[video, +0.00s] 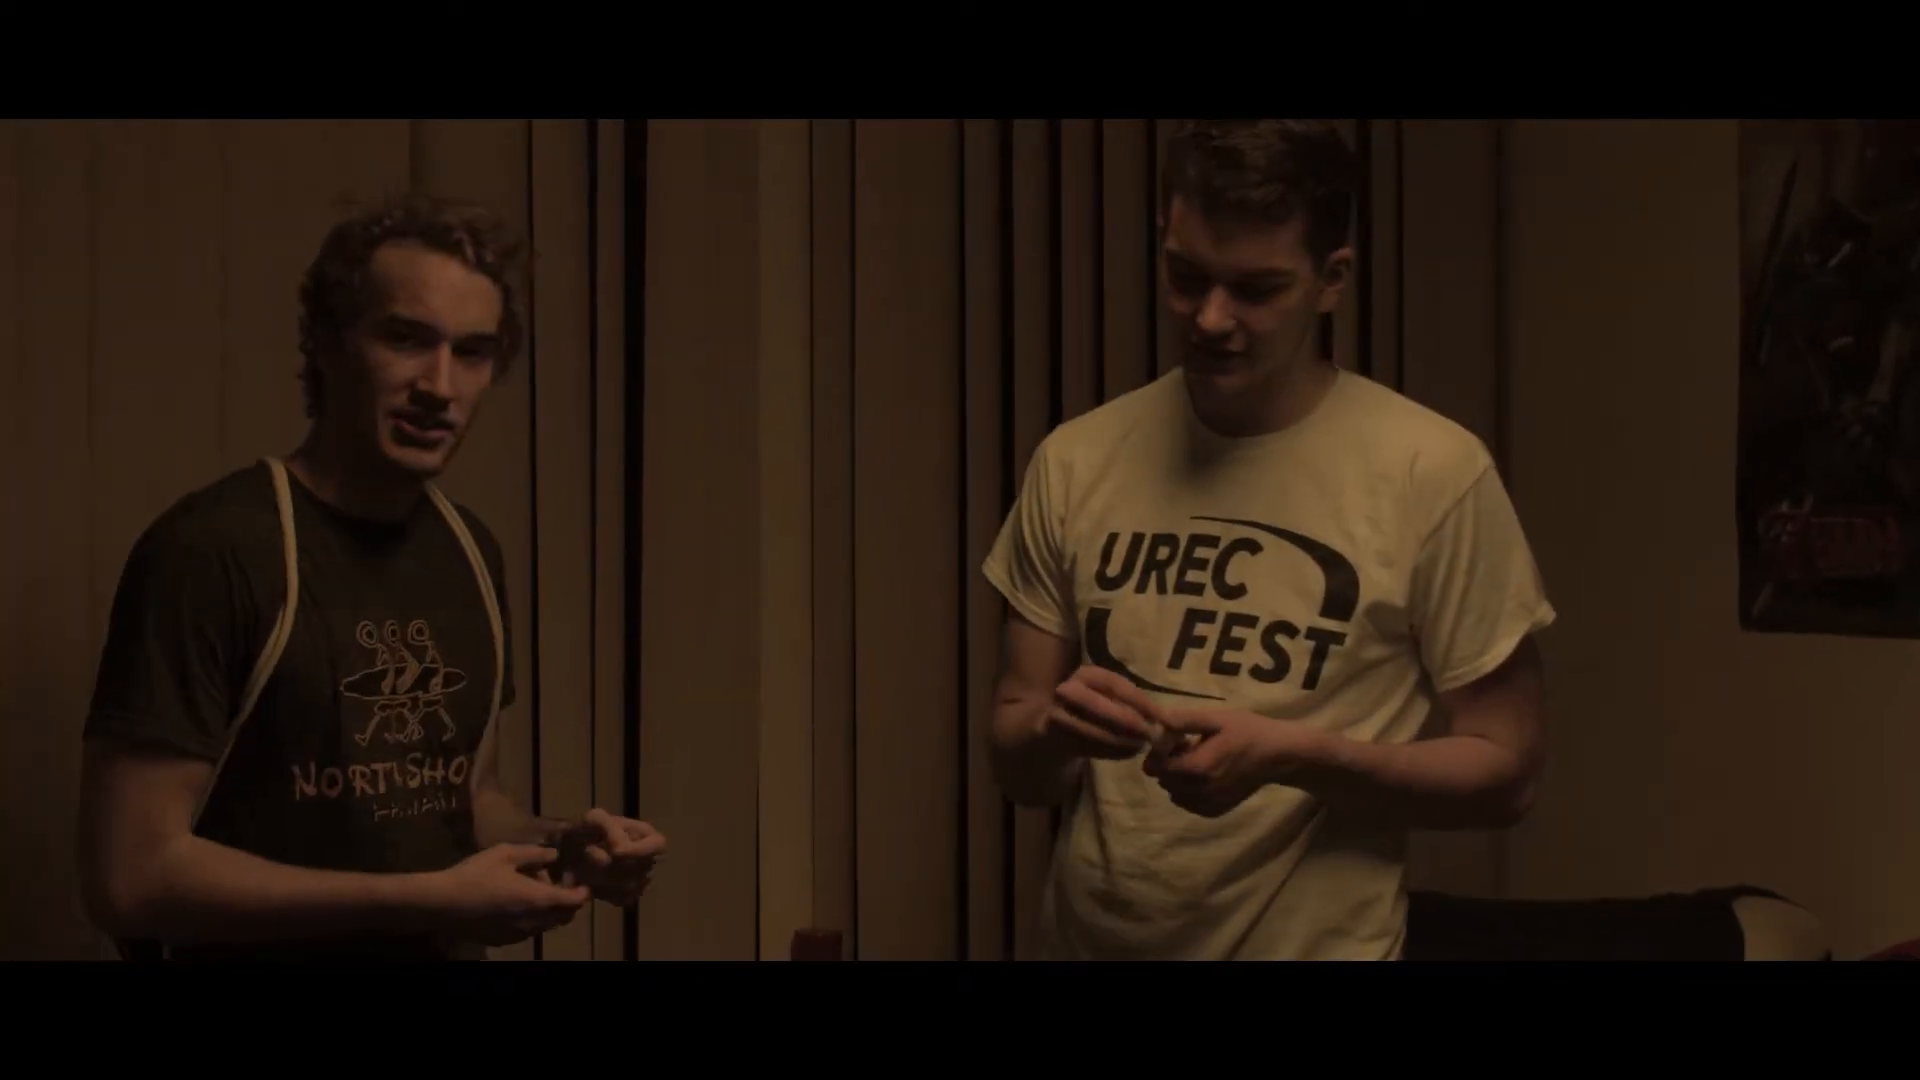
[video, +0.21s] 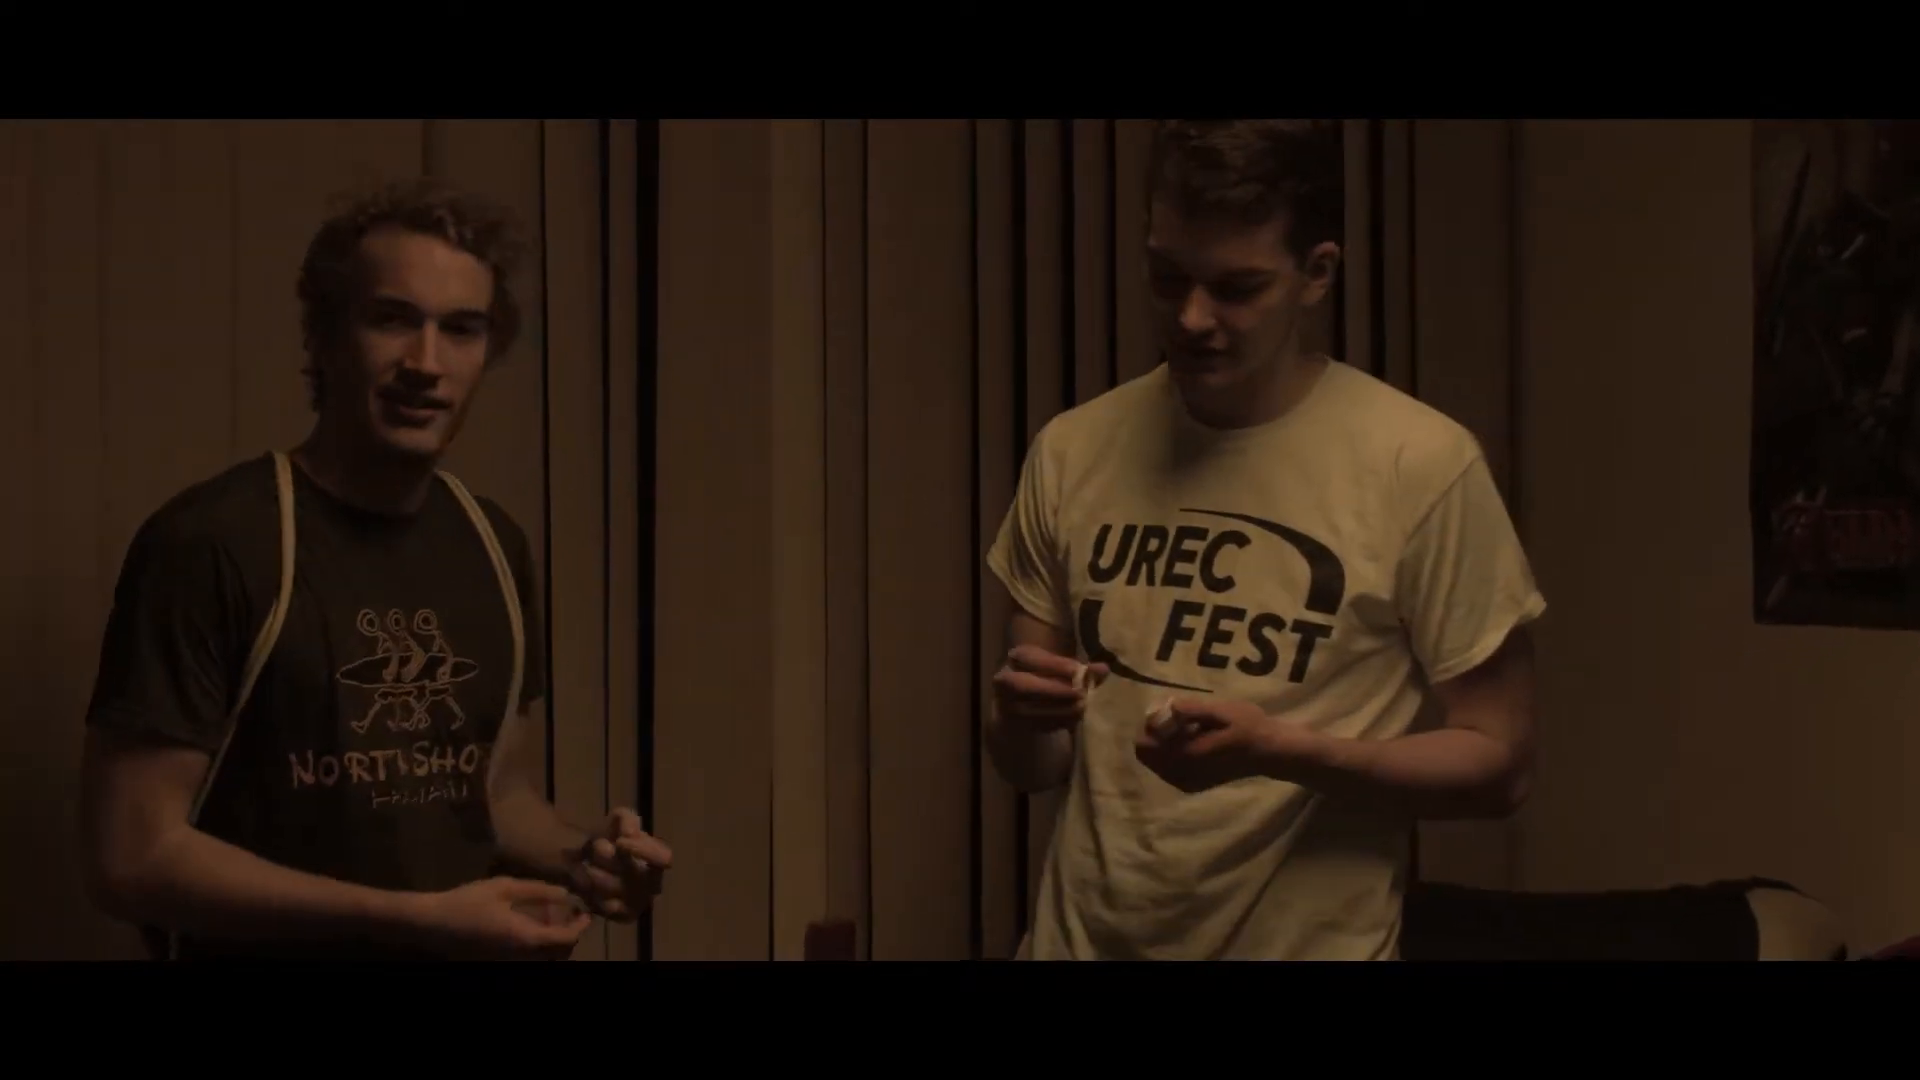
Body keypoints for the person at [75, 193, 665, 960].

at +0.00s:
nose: (441, 384)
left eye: (471, 352)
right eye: (405, 338)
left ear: (493, 370)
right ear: (326, 345)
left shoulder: (469, 553)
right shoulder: (208, 552)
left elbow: (467, 795)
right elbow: (133, 872)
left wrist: (554, 853)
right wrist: (439, 900)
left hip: (430, 954)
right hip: (250, 959)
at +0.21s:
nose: (426, 362)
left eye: (460, 328)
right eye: (392, 319)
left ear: (487, 355)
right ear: (323, 339)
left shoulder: (494, 549)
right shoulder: (206, 546)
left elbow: (501, 795)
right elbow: (133, 852)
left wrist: (583, 853)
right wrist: (423, 917)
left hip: (469, 956)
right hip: (260, 953)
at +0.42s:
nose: (501, 357)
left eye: (536, 324)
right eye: (468, 317)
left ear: (567, 351)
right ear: (403, 338)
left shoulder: (592, 548)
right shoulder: (293, 541)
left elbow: (612, 784)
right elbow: (205, 838)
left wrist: (664, 853)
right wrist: (478, 932)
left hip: (555, 947)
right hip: (348, 951)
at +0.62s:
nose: (534, 353)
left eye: (569, 321)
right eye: (500, 315)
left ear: (602, 351)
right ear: (437, 340)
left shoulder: (631, 549)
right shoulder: (325, 541)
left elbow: (654, 789)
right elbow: (240, 839)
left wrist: (672, 868)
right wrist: (491, 943)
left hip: (593, 949)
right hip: (390, 953)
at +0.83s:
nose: (514, 358)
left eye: (549, 326)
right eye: (481, 320)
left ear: (586, 357)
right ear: (422, 342)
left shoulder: (615, 553)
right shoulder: (311, 544)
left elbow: (638, 791)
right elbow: (224, 839)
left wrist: (638, 874)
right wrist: (480, 939)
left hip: (578, 947)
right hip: (378, 956)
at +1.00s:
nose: (510, 356)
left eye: (544, 322)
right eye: (476, 317)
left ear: (581, 355)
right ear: (414, 342)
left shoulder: (607, 552)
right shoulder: (306, 548)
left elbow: (638, 793)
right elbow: (229, 844)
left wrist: (648, 873)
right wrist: (497, 931)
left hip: (583, 950)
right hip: (376, 955)